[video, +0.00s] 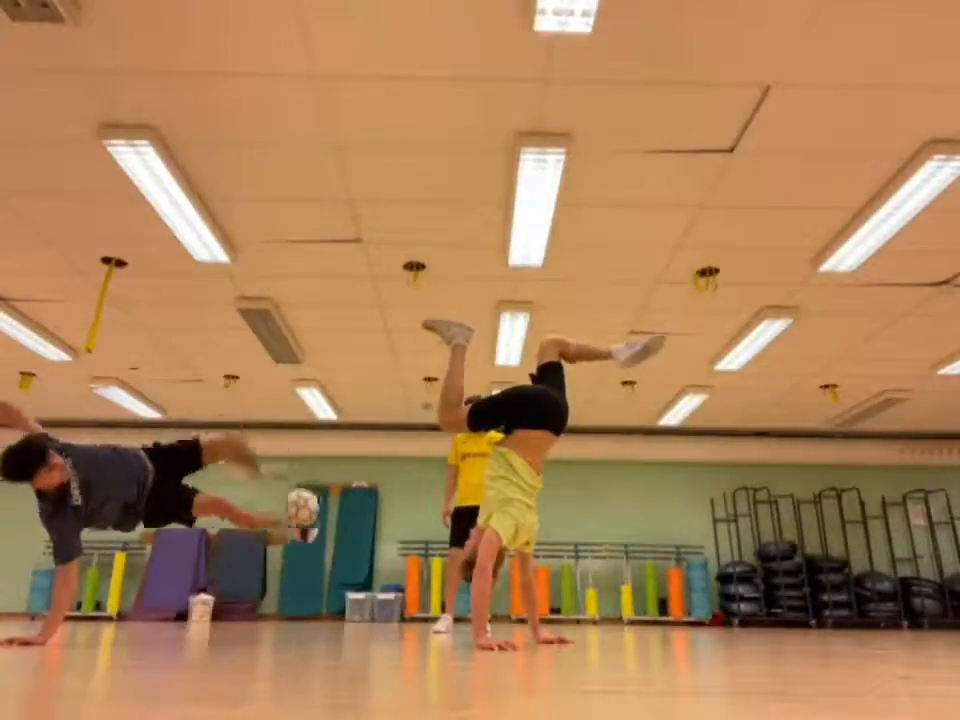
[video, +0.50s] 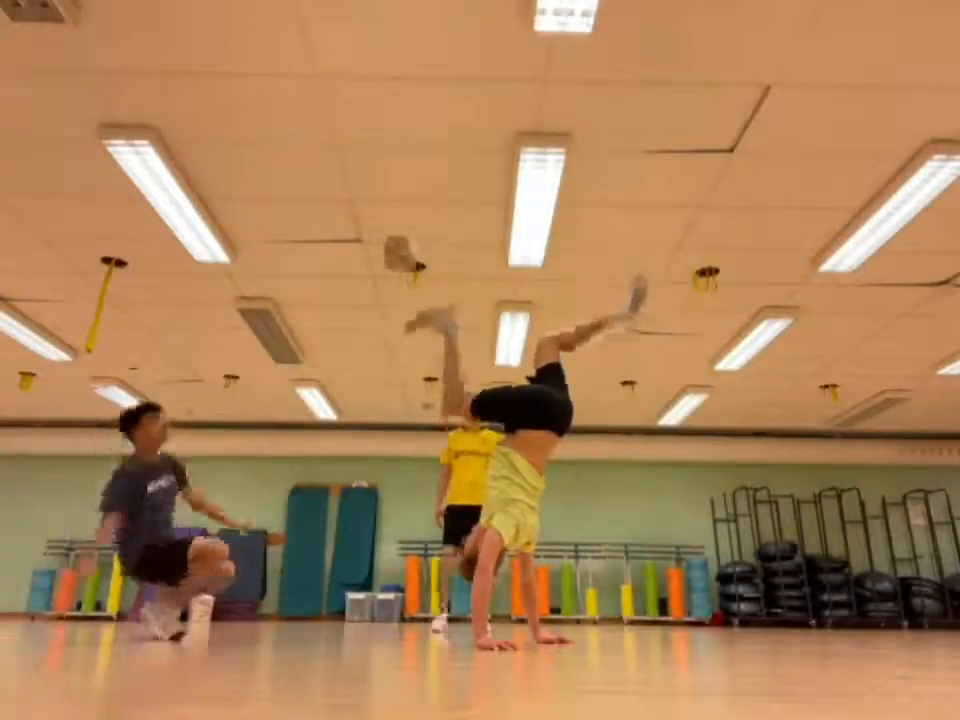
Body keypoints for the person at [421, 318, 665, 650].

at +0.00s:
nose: (485, 566)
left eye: (476, 567)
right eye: (478, 564)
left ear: (473, 550)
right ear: (475, 548)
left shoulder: (524, 536)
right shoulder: (495, 528)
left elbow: (527, 583)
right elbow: (482, 576)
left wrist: (537, 632)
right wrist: (481, 636)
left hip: (554, 414)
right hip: (530, 408)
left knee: (551, 345)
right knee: (450, 418)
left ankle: (619, 352)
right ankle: (458, 345)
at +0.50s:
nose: (481, 557)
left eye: (473, 556)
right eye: (477, 556)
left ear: (472, 549)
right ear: (473, 543)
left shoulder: (526, 538)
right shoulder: (497, 528)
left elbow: (528, 585)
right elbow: (483, 577)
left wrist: (537, 632)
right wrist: (482, 636)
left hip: (557, 412)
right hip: (536, 412)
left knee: (549, 345)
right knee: (457, 407)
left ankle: (620, 317)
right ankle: (450, 334)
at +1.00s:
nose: (478, 564)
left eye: (471, 561)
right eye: (473, 560)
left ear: (473, 558)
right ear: (474, 554)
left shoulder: (518, 539)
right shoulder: (495, 532)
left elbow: (528, 586)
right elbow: (481, 581)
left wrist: (538, 633)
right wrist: (480, 636)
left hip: (549, 416)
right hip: (533, 412)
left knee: (530, 351)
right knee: (470, 354)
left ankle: (595, 330)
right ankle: (464, 274)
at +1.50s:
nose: (472, 533)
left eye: (465, 537)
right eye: (473, 539)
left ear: (475, 550)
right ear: (480, 548)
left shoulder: (522, 538)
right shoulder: (497, 529)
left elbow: (527, 585)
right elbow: (482, 574)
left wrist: (536, 633)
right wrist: (480, 634)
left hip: (555, 417)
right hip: (534, 410)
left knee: (538, 356)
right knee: (453, 385)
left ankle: (604, 318)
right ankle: (449, 302)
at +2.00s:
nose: (472, 535)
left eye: (468, 540)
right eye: (474, 541)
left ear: (475, 550)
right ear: (482, 550)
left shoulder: (526, 539)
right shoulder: (499, 531)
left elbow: (528, 586)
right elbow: (484, 574)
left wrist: (536, 631)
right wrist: (481, 634)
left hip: (565, 416)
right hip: (546, 417)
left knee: (555, 344)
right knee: (466, 406)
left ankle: (630, 318)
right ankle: (463, 328)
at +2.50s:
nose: (482, 542)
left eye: (480, 545)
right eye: (481, 543)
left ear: (482, 550)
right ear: (484, 544)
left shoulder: (530, 541)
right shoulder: (509, 534)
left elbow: (530, 588)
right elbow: (482, 576)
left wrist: (536, 632)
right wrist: (480, 635)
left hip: (598, 436)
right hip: (582, 432)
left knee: (634, 367)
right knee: (515, 382)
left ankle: (714, 359)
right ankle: (527, 301)